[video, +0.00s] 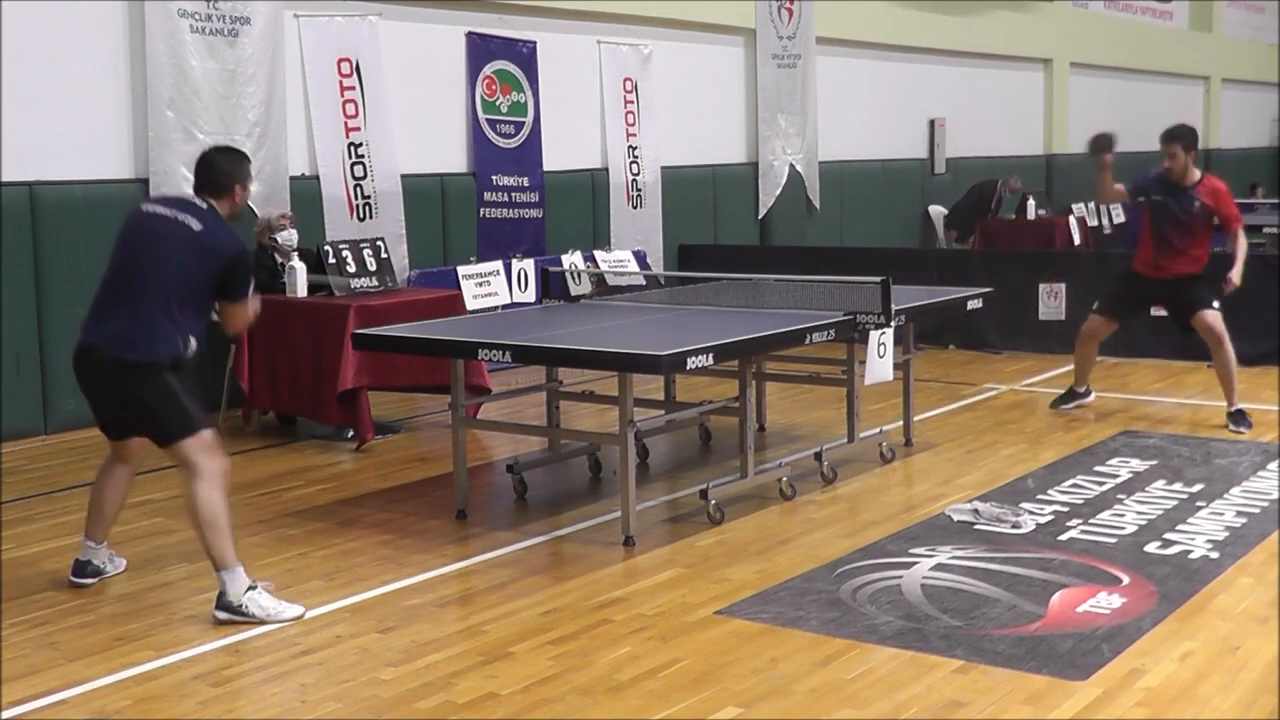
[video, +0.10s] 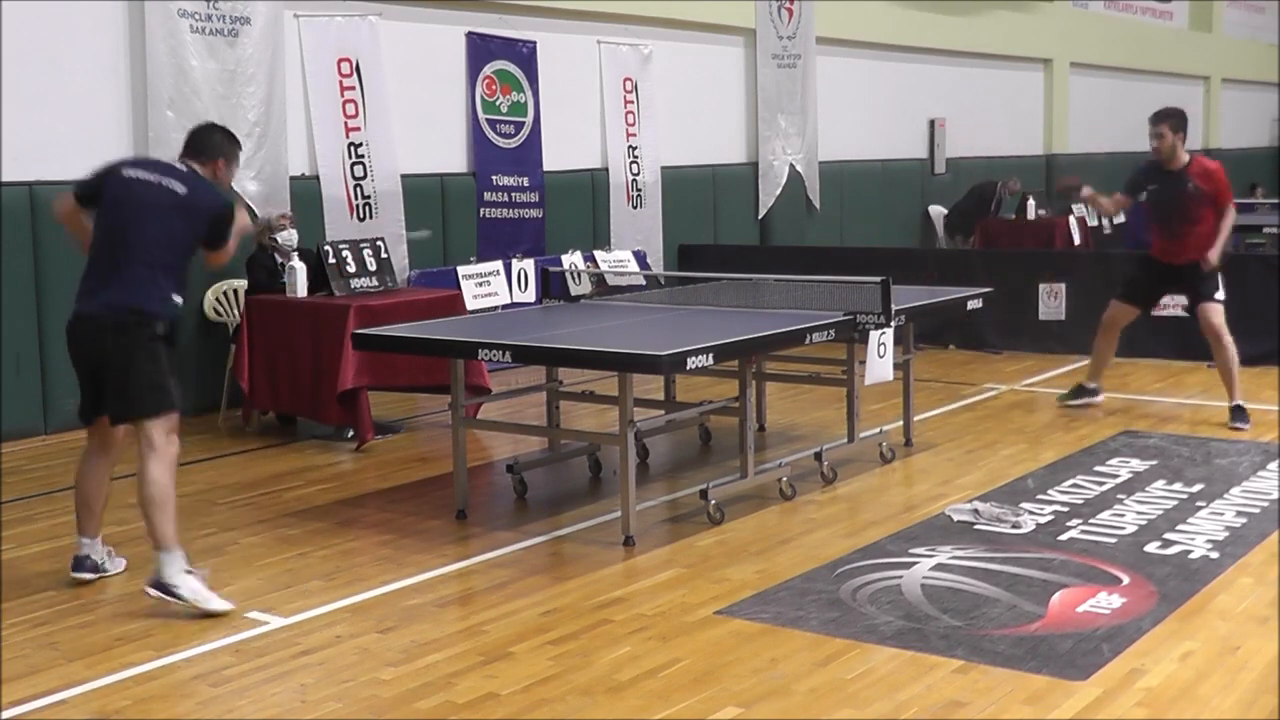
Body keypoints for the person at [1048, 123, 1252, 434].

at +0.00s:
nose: (1166, 163)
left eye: (1173, 157)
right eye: (1164, 156)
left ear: (1192, 154)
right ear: (1161, 154)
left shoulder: (1213, 189)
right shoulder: (1154, 181)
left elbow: (1238, 233)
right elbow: (1107, 195)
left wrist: (1237, 268)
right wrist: (1105, 168)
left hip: (1188, 280)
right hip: (1141, 277)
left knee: (1215, 330)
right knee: (1089, 332)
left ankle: (1234, 408)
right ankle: (1080, 388)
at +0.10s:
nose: (1154, 143)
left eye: (1160, 137)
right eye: (1151, 137)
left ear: (1180, 138)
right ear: (1152, 138)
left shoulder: (1208, 171)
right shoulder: (1148, 172)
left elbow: (1229, 210)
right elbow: (1114, 206)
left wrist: (1216, 249)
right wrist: (1094, 198)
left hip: (1199, 265)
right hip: (1157, 264)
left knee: (1214, 325)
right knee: (1111, 320)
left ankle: (1236, 404)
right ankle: (1091, 385)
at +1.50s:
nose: (1015, 169)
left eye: (1020, 163)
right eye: (1011, 163)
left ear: (1032, 165)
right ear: (1006, 165)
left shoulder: (1049, 187)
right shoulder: (997, 195)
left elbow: (1066, 208)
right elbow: (981, 238)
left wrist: (1073, 239)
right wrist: (985, 266)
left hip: (1051, 264)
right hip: (1009, 268)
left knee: (1083, 304)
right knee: (972, 313)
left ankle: (1110, 363)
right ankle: (961, 357)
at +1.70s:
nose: (1078, 183)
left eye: (1084, 177)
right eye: (1074, 177)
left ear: (1094, 179)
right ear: (1067, 179)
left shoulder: (1102, 197)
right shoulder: (1058, 206)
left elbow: (1114, 219)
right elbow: (1053, 256)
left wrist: (1124, 248)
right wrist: (1073, 289)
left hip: (1084, 265)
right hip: (1050, 266)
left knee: (1118, 307)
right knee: (1039, 316)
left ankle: (1119, 367)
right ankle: (1029, 363)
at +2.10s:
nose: (1129, 234)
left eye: (1135, 228)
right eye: (1123, 227)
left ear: (1143, 227)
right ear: (1113, 226)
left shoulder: (1142, 235)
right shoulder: (1101, 242)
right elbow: (1097, 285)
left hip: (1106, 280)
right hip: (1069, 280)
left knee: (1146, 321)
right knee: (1101, 309)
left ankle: (1117, 365)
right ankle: (1102, 381)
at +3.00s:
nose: (1031, 139)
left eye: (1037, 133)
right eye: (1027, 133)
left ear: (1049, 136)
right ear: (1022, 136)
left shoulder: (1066, 165)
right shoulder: (1011, 168)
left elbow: (1094, 196)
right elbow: (994, 199)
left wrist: (1101, 222)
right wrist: (985, 221)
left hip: (1061, 242)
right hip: (1024, 244)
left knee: (1074, 292)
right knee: (1010, 300)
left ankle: (1093, 357)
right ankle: (1032, 358)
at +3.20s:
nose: (1003, 146)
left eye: (1008, 140)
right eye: (999, 140)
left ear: (1020, 142)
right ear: (995, 142)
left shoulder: (1036, 169)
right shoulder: (988, 172)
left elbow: (1065, 205)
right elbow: (972, 208)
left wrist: (1046, 223)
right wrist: (961, 239)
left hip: (1034, 247)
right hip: (996, 246)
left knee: (1044, 301)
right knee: (970, 291)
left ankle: (1054, 357)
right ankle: (963, 350)